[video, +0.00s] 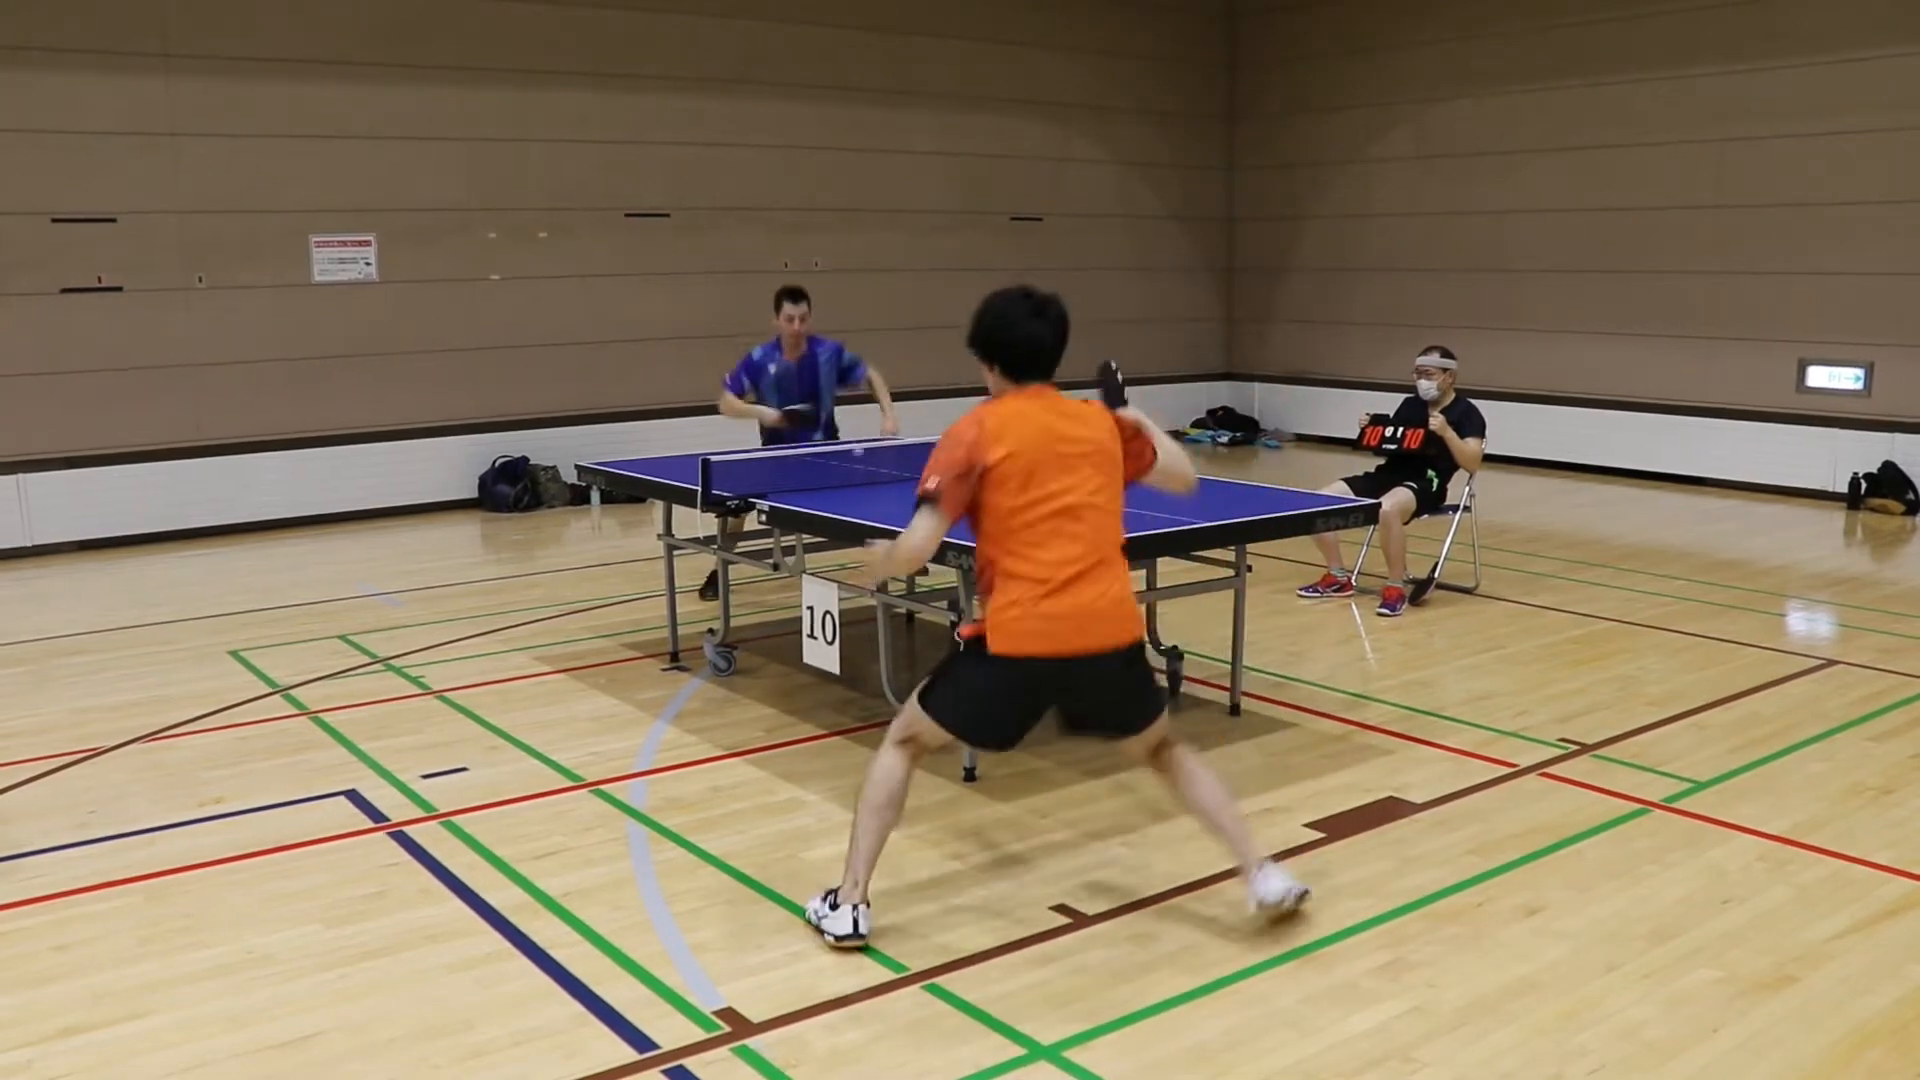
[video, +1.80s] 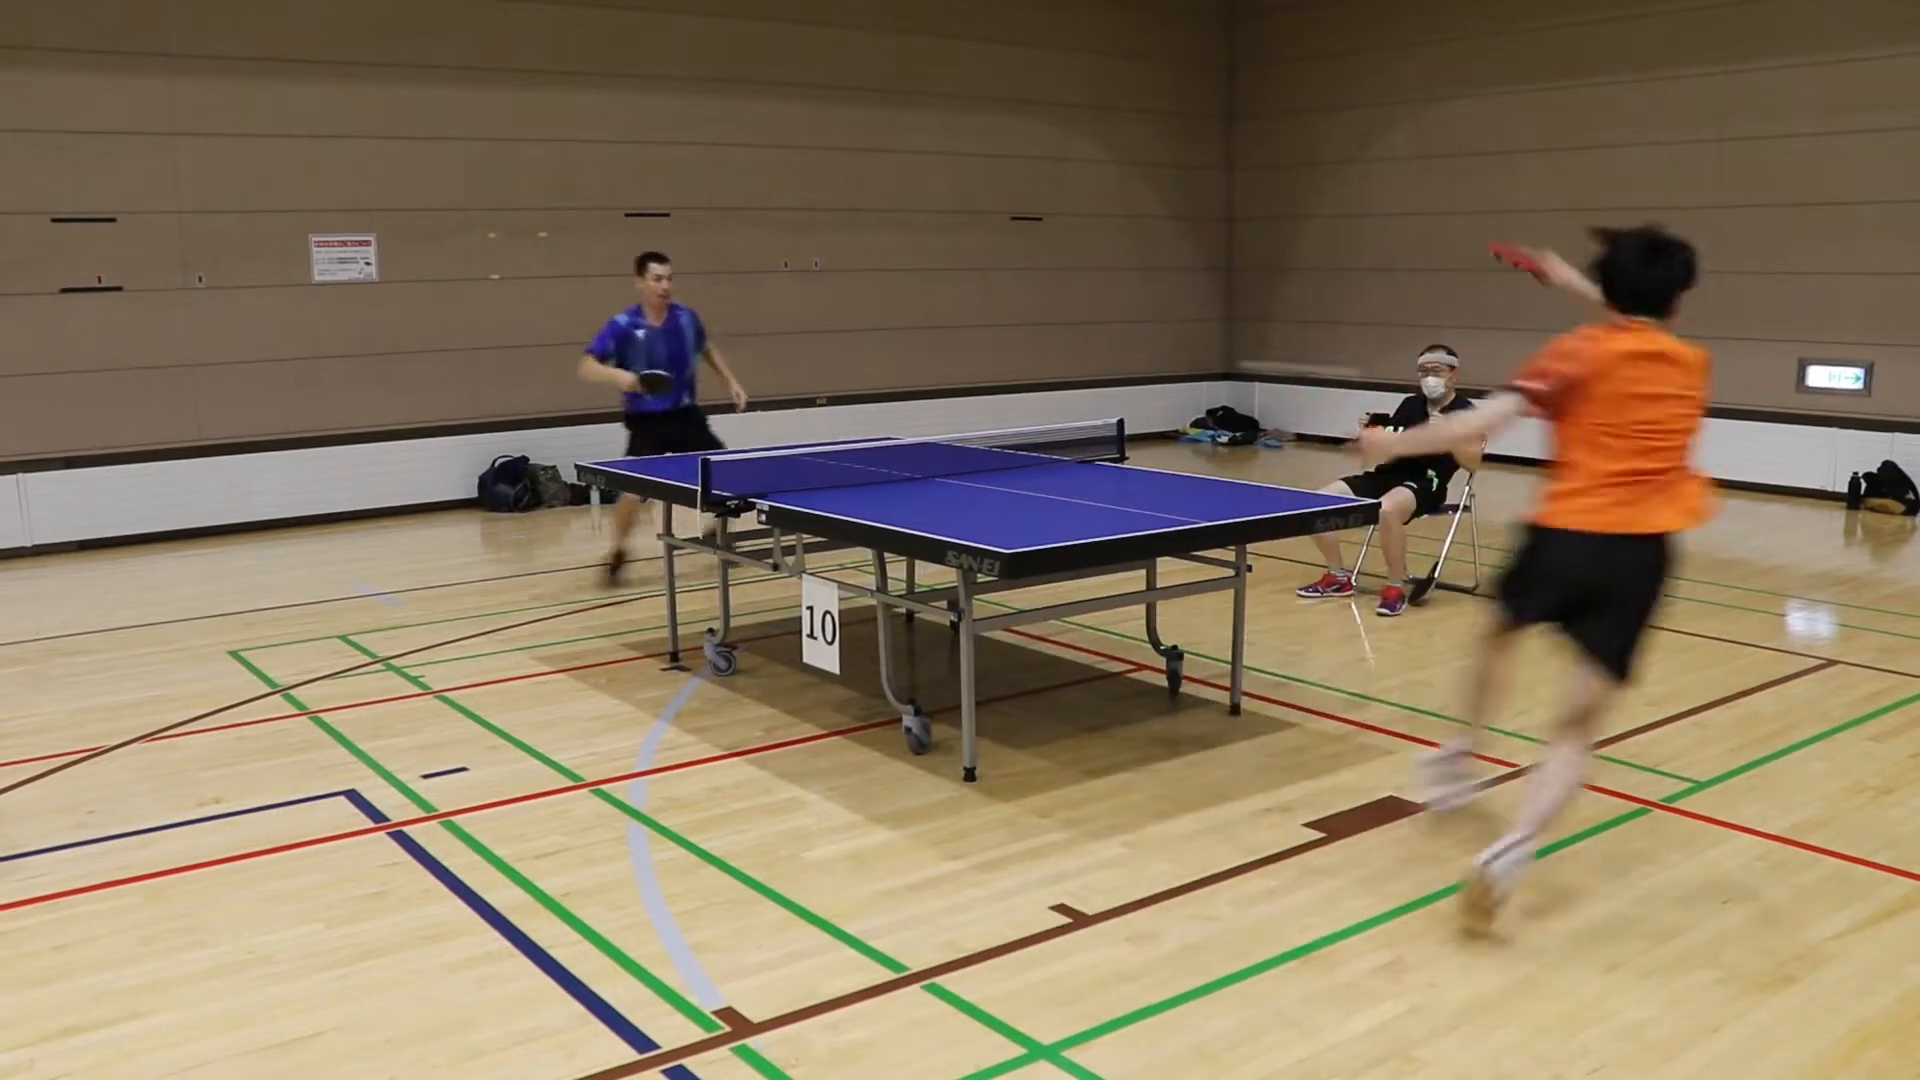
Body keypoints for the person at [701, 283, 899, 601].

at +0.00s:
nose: (797, 327)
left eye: (803, 319)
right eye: (790, 320)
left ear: (810, 319)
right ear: (777, 320)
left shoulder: (829, 354)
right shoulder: (760, 359)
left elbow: (871, 375)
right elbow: (726, 403)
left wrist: (889, 415)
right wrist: (761, 412)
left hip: (826, 453)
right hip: (777, 456)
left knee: (864, 500)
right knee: (736, 502)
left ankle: (897, 559)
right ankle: (721, 569)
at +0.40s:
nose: (800, 292)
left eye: (805, 285)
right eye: (792, 285)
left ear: (812, 287)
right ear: (778, 288)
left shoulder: (826, 321)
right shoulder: (764, 332)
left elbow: (843, 346)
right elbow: (750, 389)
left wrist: (865, 377)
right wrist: (756, 368)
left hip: (822, 421)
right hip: (778, 425)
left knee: (866, 476)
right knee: (737, 490)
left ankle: (891, 548)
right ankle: (713, 559)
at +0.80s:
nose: (753, 296)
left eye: (759, 289)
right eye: (746, 290)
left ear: (767, 291)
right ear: (735, 293)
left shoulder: (790, 325)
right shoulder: (722, 335)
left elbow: (814, 350)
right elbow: (692, 380)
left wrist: (827, 387)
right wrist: (712, 389)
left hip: (793, 424)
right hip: (749, 430)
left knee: (826, 481)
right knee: (710, 496)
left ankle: (854, 539)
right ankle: (677, 563)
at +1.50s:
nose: (730, 311)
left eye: (734, 304)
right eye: (722, 304)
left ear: (739, 306)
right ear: (706, 309)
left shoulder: (756, 339)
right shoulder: (695, 351)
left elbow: (779, 367)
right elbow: (668, 397)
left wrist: (798, 400)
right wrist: (705, 390)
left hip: (764, 435)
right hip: (719, 441)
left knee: (806, 482)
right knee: (682, 493)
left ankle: (845, 542)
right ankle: (667, 559)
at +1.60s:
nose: (704, 303)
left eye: (708, 296)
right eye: (696, 296)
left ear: (713, 300)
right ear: (679, 300)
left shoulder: (726, 333)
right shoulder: (666, 344)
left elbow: (748, 366)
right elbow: (640, 390)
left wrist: (769, 400)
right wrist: (680, 390)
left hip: (739, 430)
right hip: (697, 437)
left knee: (782, 481)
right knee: (674, 500)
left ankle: (839, 538)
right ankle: (664, 559)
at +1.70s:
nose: (684, 290)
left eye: (688, 283)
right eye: (675, 283)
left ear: (692, 287)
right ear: (659, 287)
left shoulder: (705, 322)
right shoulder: (641, 331)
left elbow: (722, 355)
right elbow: (612, 374)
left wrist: (747, 388)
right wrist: (642, 381)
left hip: (711, 424)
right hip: (671, 430)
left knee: (759, 469)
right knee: (657, 497)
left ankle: (782, 536)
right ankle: (660, 556)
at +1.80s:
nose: (665, 286)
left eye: (669, 279)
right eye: (657, 279)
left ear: (672, 282)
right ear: (640, 283)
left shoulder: (687, 319)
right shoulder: (623, 326)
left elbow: (708, 352)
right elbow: (587, 367)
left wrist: (732, 383)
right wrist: (619, 376)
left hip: (687, 421)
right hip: (646, 425)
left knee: (728, 473)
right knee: (635, 491)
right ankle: (617, 554)